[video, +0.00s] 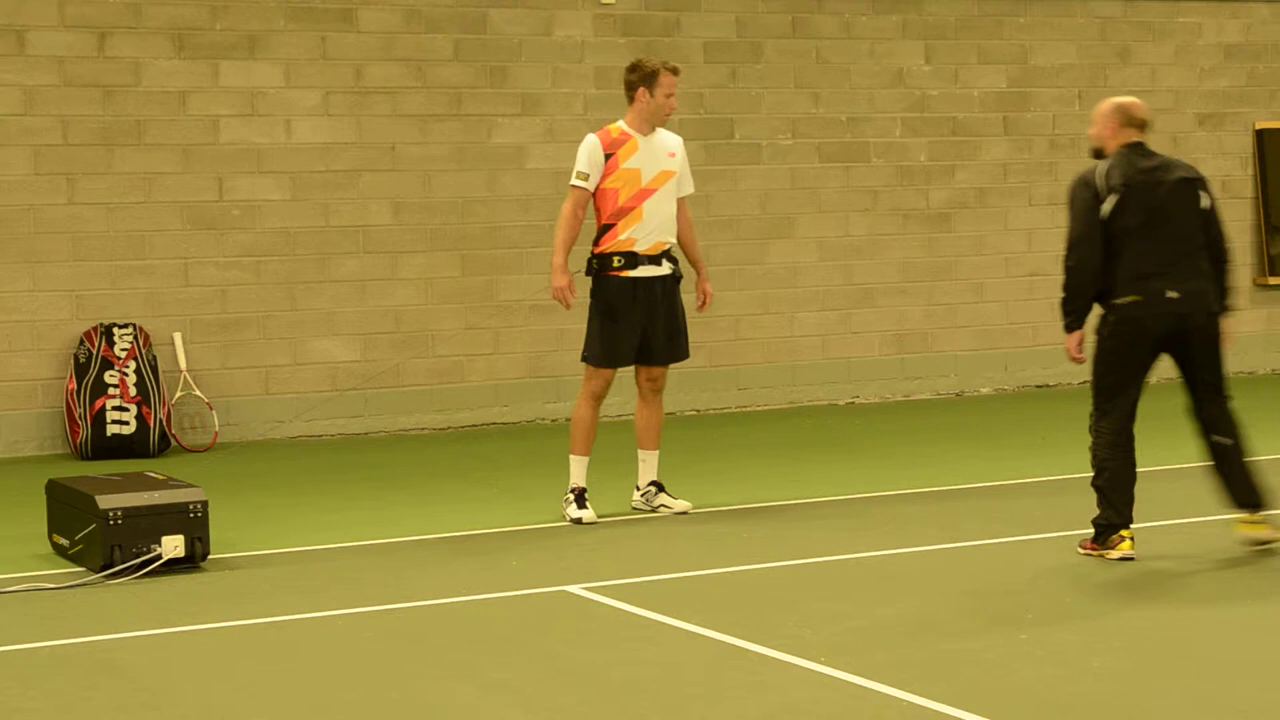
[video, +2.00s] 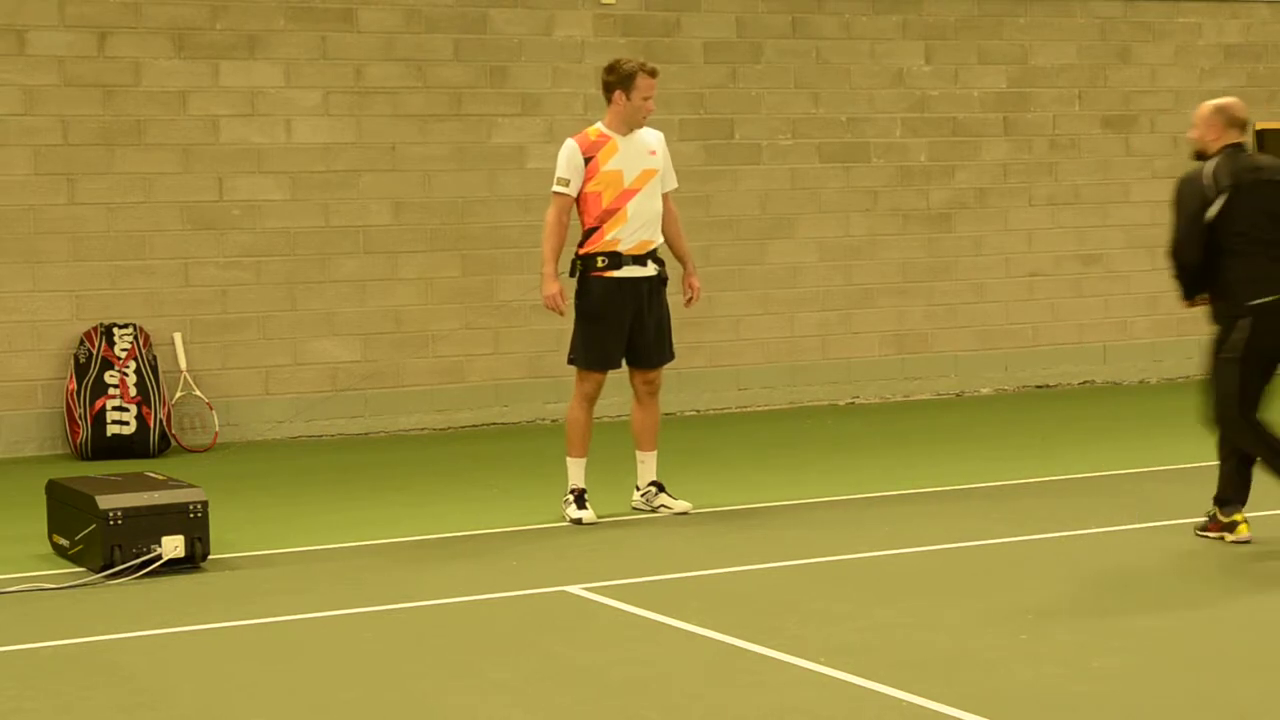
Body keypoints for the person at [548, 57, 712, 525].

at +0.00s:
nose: (675, 104)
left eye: (676, 95)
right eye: (669, 96)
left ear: (658, 98)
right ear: (642, 96)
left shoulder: (673, 146)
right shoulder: (599, 144)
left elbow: (682, 215)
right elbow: (574, 208)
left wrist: (700, 269)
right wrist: (559, 267)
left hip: (662, 280)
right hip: (615, 281)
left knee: (652, 382)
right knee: (596, 385)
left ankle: (648, 487)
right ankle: (577, 490)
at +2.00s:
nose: (652, 107)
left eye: (653, 99)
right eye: (646, 99)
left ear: (641, 99)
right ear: (618, 98)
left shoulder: (654, 142)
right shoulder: (579, 148)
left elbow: (666, 208)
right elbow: (558, 214)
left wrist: (687, 264)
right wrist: (549, 275)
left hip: (649, 281)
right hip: (601, 283)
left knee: (648, 384)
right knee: (588, 388)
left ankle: (647, 487)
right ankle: (576, 492)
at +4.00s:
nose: (649, 108)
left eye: (651, 100)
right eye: (643, 101)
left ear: (628, 100)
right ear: (616, 99)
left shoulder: (647, 141)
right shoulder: (580, 150)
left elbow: (657, 209)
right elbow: (571, 216)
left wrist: (676, 266)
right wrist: (589, 269)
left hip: (648, 279)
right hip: (602, 281)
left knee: (646, 384)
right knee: (587, 388)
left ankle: (647, 487)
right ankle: (576, 492)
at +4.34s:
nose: (651, 105)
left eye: (652, 98)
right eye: (646, 98)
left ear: (633, 99)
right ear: (618, 98)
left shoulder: (650, 143)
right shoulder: (579, 149)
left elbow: (677, 204)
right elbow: (568, 215)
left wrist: (721, 243)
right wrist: (582, 266)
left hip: (647, 281)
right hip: (601, 282)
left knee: (646, 383)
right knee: (586, 388)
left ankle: (647, 488)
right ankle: (575, 494)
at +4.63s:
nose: (648, 105)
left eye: (649, 98)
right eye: (642, 98)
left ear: (632, 99)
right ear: (615, 98)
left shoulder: (652, 142)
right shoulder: (578, 149)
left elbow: (706, 177)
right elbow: (568, 213)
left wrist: (768, 198)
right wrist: (577, 266)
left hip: (646, 279)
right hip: (599, 280)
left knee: (646, 383)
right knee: (587, 387)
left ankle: (648, 487)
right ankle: (576, 493)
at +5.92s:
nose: (621, 116)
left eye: (628, 107)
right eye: (614, 107)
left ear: (637, 102)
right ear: (597, 101)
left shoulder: (654, 143)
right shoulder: (576, 149)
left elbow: (710, 176)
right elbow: (562, 214)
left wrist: (773, 194)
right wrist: (568, 265)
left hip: (646, 281)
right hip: (598, 282)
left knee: (647, 383)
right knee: (586, 387)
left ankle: (647, 488)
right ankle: (575, 494)